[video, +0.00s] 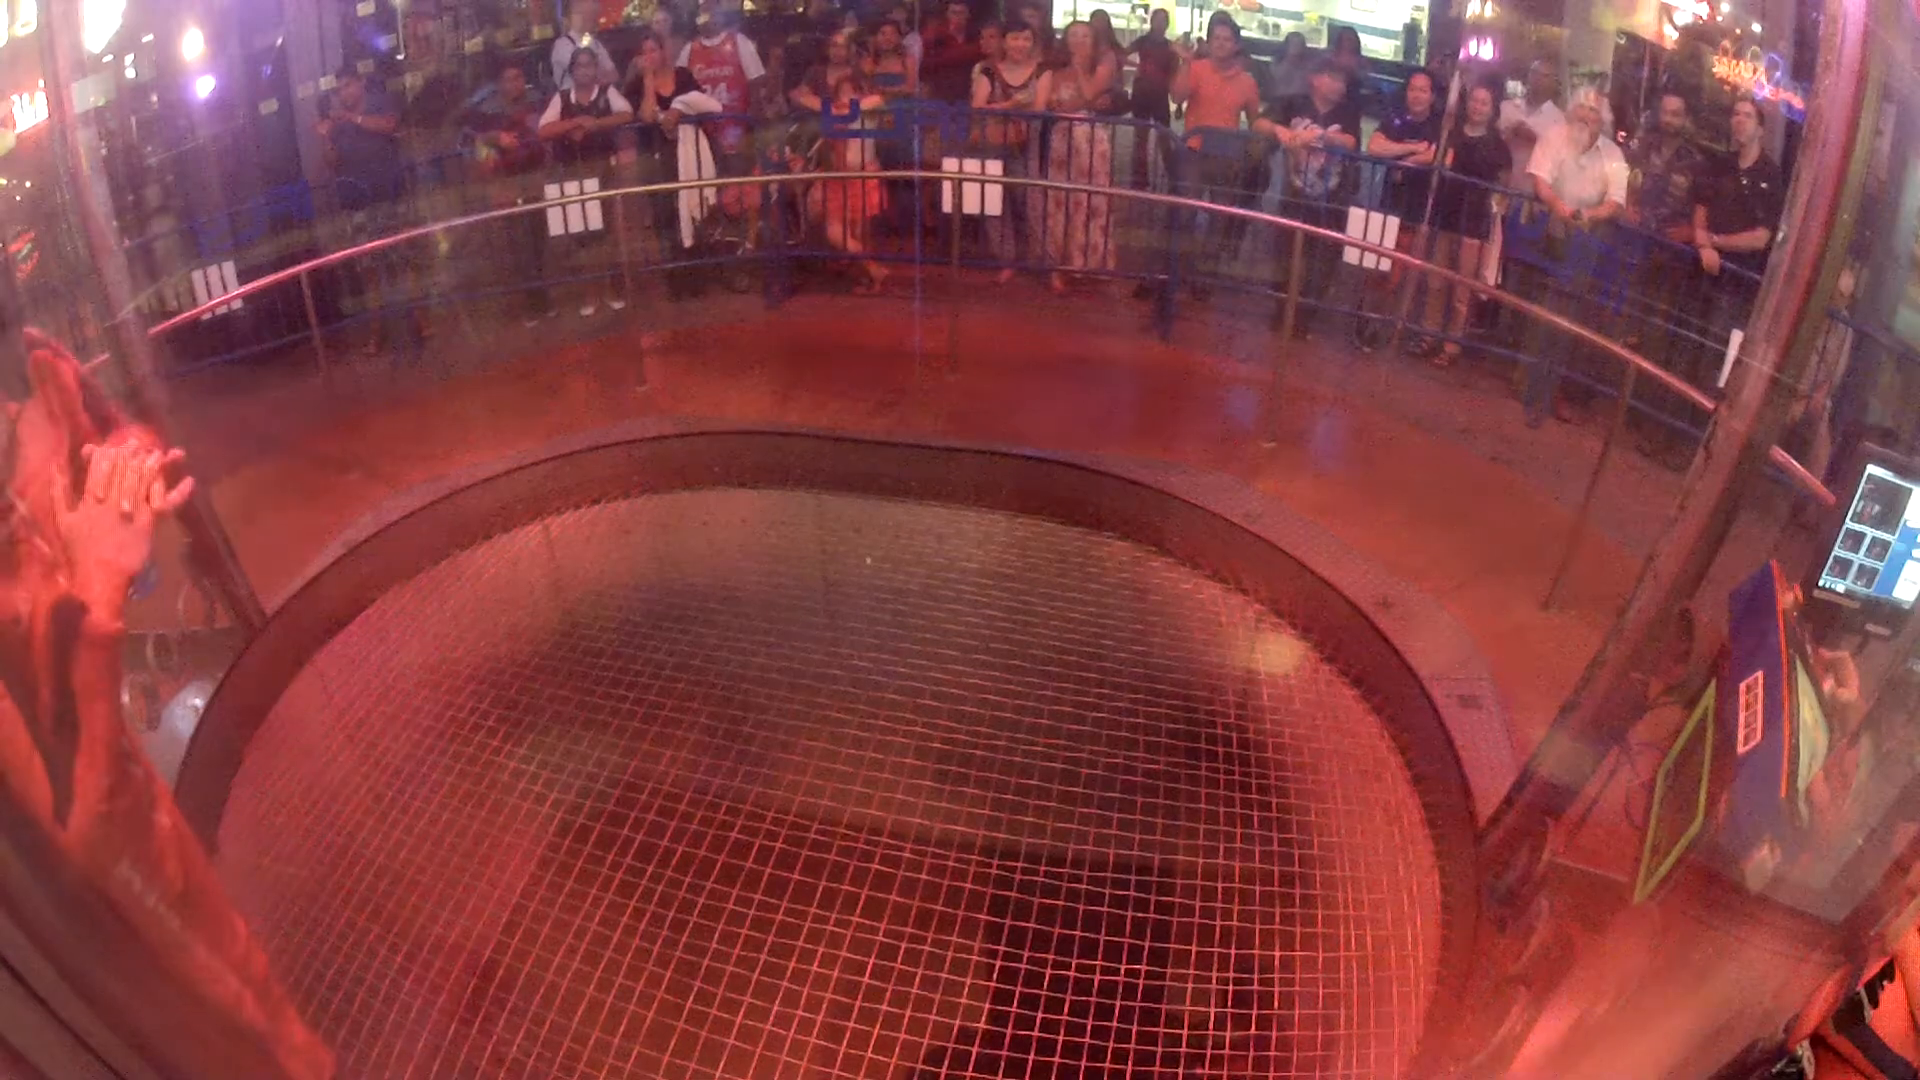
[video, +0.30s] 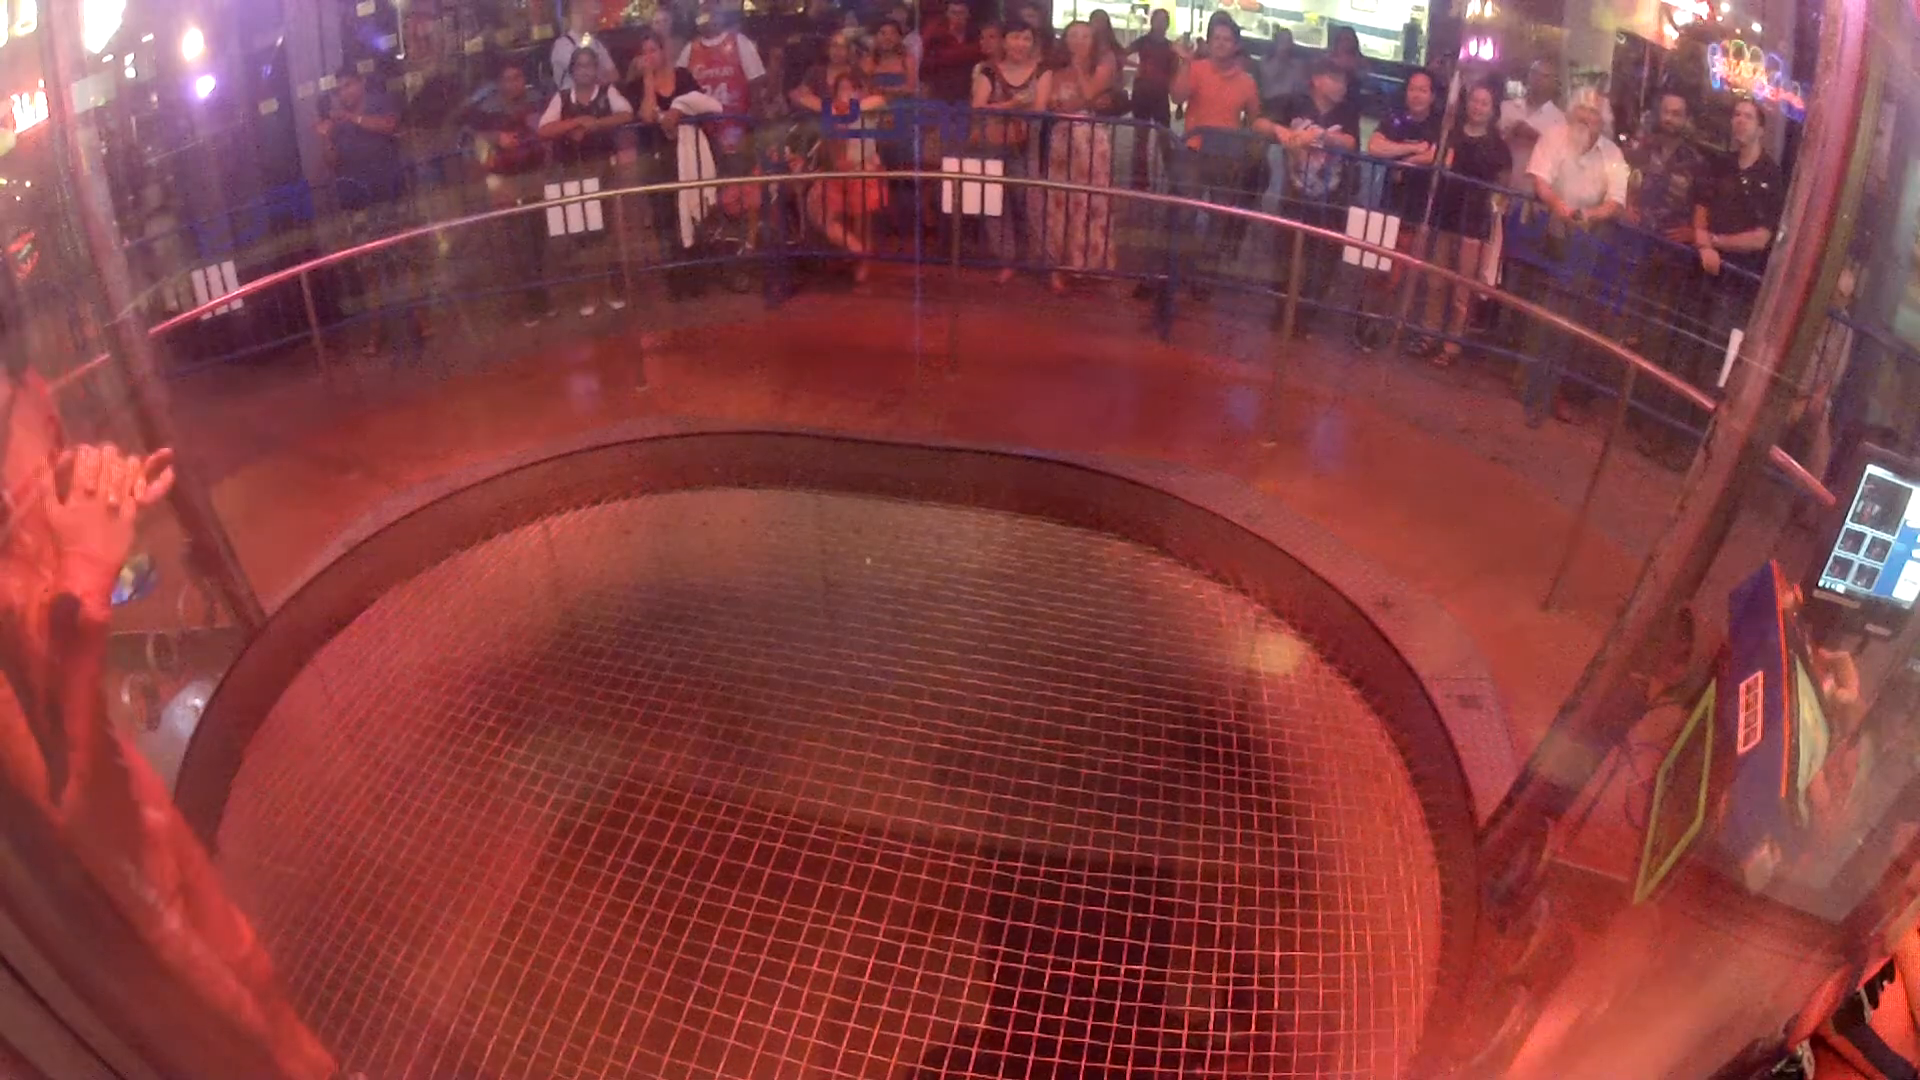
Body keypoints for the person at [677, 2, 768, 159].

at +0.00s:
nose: (707, 23)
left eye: (712, 18)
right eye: (702, 19)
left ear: (721, 19)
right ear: (697, 23)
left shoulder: (739, 43)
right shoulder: (690, 48)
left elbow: (756, 84)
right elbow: (680, 86)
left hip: (734, 124)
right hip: (702, 125)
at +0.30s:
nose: (707, 24)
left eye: (711, 17)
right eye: (702, 19)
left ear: (721, 18)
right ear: (697, 23)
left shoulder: (739, 43)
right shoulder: (691, 48)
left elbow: (757, 85)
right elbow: (679, 85)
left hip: (734, 123)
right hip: (702, 125)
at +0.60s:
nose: (703, 18)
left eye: (708, 13)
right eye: (699, 13)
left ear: (719, 15)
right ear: (695, 19)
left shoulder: (739, 42)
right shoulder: (691, 48)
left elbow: (757, 84)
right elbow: (680, 84)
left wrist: (752, 117)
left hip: (733, 124)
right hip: (701, 125)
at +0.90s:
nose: (703, 18)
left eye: (708, 13)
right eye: (700, 13)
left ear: (719, 15)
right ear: (695, 19)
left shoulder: (739, 42)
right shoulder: (691, 48)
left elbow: (756, 83)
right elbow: (681, 84)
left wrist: (753, 116)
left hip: (733, 123)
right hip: (702, 124)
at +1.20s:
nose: (704, 17)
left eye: (709, 12)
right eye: (700, 13)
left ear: (719, 14)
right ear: (696, 18)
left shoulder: (739, 43)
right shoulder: (691, 48)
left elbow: (756, 85)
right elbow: (681, 86)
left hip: (734, 124)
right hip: (701, 125)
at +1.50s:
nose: (704, 17)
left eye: (709, 12)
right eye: (701, 12)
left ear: (719, 14)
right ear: (696, 18)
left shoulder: (740, 42)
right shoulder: (691, 48)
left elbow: (756, 83)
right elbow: (680, 83)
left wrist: (753, 115)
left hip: (734, 123)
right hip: (702, 124)